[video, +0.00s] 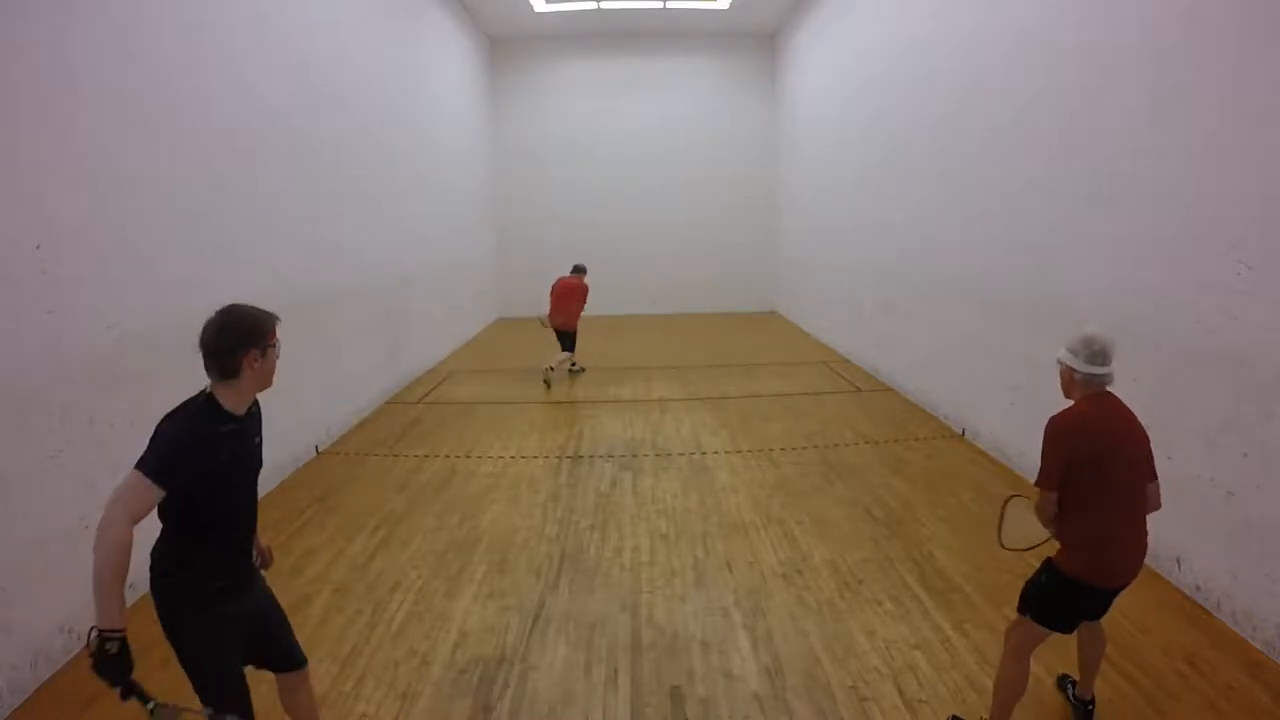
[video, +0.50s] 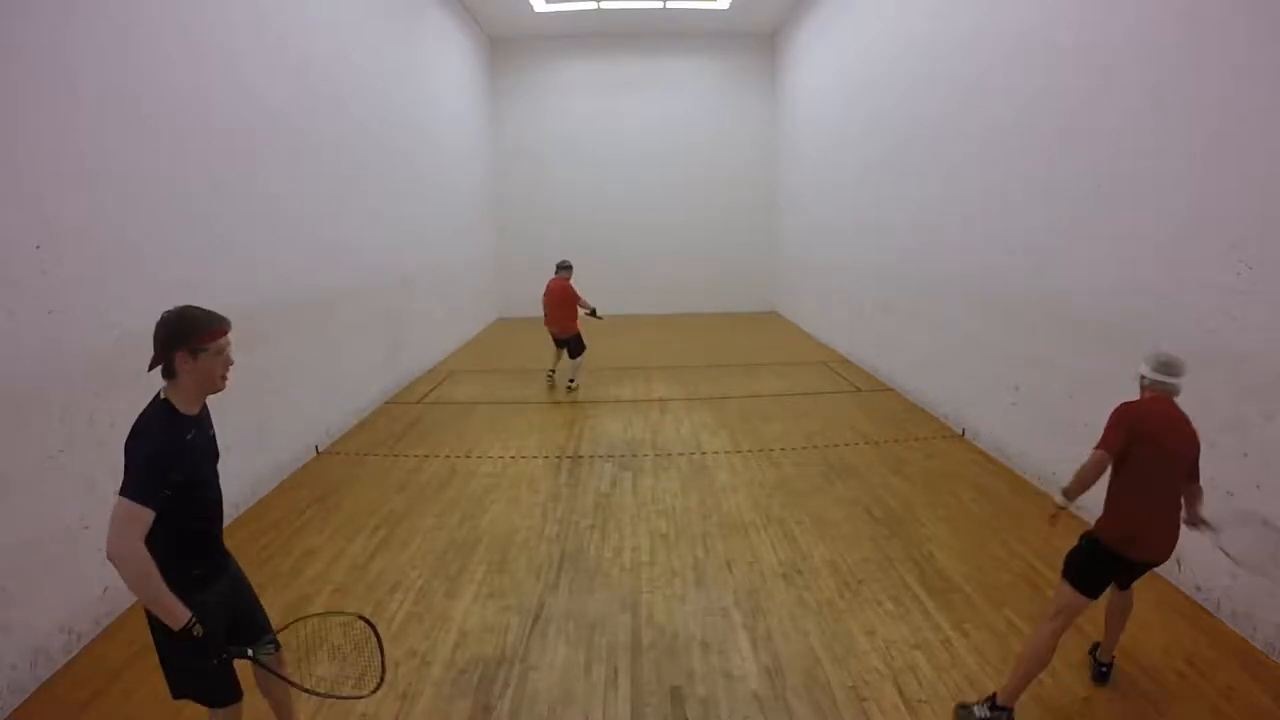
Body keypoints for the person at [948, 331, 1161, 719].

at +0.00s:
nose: (1061, 376)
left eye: (1062, 369)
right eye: (1062, 368)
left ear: (1069, 374)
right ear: (1105, 375)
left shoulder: (1064, 425)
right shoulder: (1128, 420)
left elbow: (1046, 508)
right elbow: (1152, 500)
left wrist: (1058, 526)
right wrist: (1102, 511)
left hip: (1081, 562)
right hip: (1128, 559)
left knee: (1020, 639)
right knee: (1089, 619)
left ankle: (998, 714)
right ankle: (1085, 695)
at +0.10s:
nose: (1066, 380)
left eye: (1067, 374)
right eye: (1068, 374)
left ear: (1072, 379)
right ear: (1110, 381)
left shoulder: (1063, 425)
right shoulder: (1133, 427)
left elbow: (1040, 503)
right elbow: (1158, 508)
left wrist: (1053, 526)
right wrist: (1127, 533)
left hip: (1077, 564)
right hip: (1127, 563)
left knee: (1015, 640)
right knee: (1096, 608)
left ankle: (996, 715)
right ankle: (1092, 687)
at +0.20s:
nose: (1078, 385)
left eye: (1080, 380)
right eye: (1082, 380)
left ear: (1085, 383)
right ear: (1123, 388)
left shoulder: (1070, 425)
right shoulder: (1142, 435)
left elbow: (1038, 496)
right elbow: (1164, 512)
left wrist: (1045, 524)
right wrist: (1156, 560)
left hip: (1075, 566)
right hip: (1127, 567)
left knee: (1013, 640)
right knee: (1106, 605)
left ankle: (996, 714)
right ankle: (1100, 672)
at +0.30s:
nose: (1098, 385)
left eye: (1100, 380)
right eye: (1101, 380)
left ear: (1104, 384)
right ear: (1141, 391)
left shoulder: (1084, 423)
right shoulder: (1158, 442)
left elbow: (1039, 482)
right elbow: (1179, 516)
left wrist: (1033, 516)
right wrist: (1186, 570)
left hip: (1084, 559)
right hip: (1134, 564)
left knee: (1024, 643)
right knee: (1114, 600)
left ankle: (998, 714)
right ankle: (1104, 663)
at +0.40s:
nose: (1124, 389)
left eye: (1125, 384)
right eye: (1130, 385)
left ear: (1126, 387)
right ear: (1161, 393)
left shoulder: (1106, 421)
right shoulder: (1175, 441)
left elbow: (1062, 472)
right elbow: (1193, 511)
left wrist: (1034, 502)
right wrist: (1209, 558)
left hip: (1096, 550)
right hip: (1143, 557)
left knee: (1041, 639)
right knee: (1118, 593)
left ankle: (995, 716)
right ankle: (1105, 660)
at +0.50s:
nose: (1140, 385)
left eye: (1142, 380)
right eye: (1146, 381)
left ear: (1144, 381)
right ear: (1177, 388)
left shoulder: (1129, 413)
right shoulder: (1186, 430)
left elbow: (1098, 463)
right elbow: (1192, 485)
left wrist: (1066, 496)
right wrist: (1193, 513)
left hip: (1115, 537)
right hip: (1159, 545)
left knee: (1057, 619)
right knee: (1122, 584)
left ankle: (1001, 705)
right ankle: (1105, 660)